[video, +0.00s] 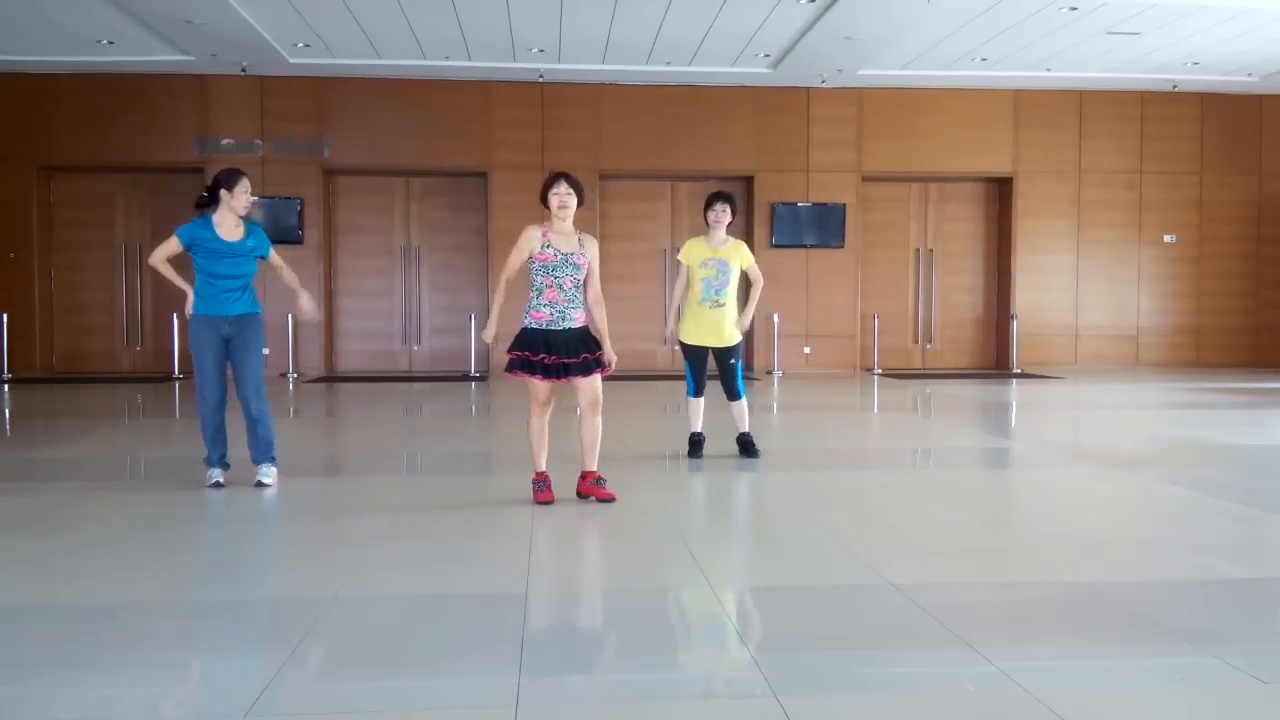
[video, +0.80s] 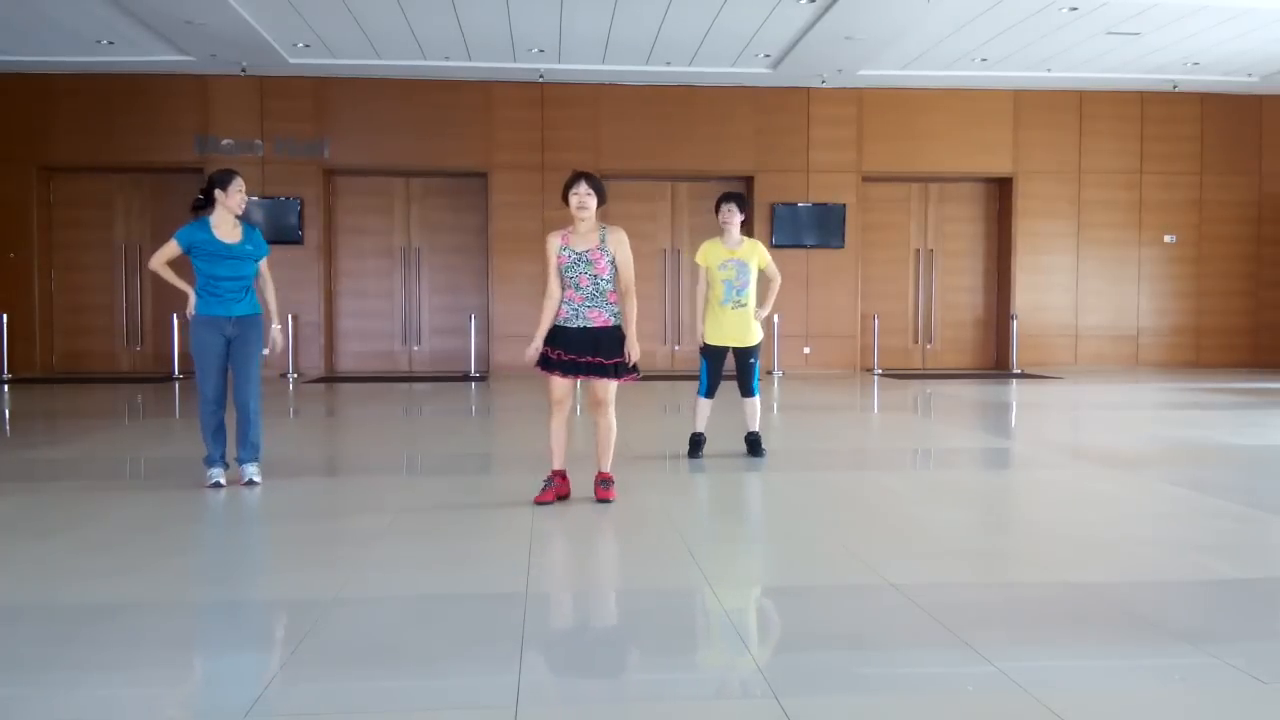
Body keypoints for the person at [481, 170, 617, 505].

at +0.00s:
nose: (562, 199)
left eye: (568, 194)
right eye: (556, 194)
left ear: (578, 200)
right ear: (546, 200)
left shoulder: (588, 244)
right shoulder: (533, 236)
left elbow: (595, 298)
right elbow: (504, 278)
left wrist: (606, 343)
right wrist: (493, 323)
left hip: (578, 334)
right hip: (540, 334)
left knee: (593, 401)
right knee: (541, 403)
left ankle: (590, 476)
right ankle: (541, 476)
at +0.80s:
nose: (582, 199)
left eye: (588, 194)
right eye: (575, 194)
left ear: (599, 200)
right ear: (567, 201)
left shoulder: (616, 237)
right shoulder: (556, 240)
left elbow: (628, 290)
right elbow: (553, 293)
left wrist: (631, 335)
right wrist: (539, 337)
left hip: (606, 334)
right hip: (564, 333)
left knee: (603, 405)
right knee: (559, 403)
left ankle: (604, 476)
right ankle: (557, 476)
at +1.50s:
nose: (575, 200)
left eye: (581, 195)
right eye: (568, 195)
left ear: (590, 201)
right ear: (558, 201)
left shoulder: (598, 243)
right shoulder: (545, 237)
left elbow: (609, 297)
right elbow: (508, 269)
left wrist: (624, 343)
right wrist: (536, 301)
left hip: (596, 333)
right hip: (559, 335)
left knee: (598, 405)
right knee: (565, 406)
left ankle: (596, 476)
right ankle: (549, 477)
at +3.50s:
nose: (565, 200)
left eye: (570, 196)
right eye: (558, 196)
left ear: (580, 203)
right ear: (548, 203)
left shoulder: (590, 245)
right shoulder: (534, 237)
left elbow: (598, 298)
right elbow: (494, 264)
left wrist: (605, 343)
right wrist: (526, 285)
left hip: (574, 333)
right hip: (537, 332)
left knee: (589, 405)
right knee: (541, 404)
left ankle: (597, 477)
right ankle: (544, 477)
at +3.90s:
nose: (559, 203)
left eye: (566, 199)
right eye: (554, 199)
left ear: (576, 206)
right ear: (544, 205)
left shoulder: (590, 245)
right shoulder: (531, 244)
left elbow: (597, 299)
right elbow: (518, 273)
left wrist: (593, 346)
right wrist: (523, 287)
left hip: (573, 338)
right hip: (534, 336)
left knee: (577, 414)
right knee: (538, 405)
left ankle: (587, 472)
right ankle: (542, 475)